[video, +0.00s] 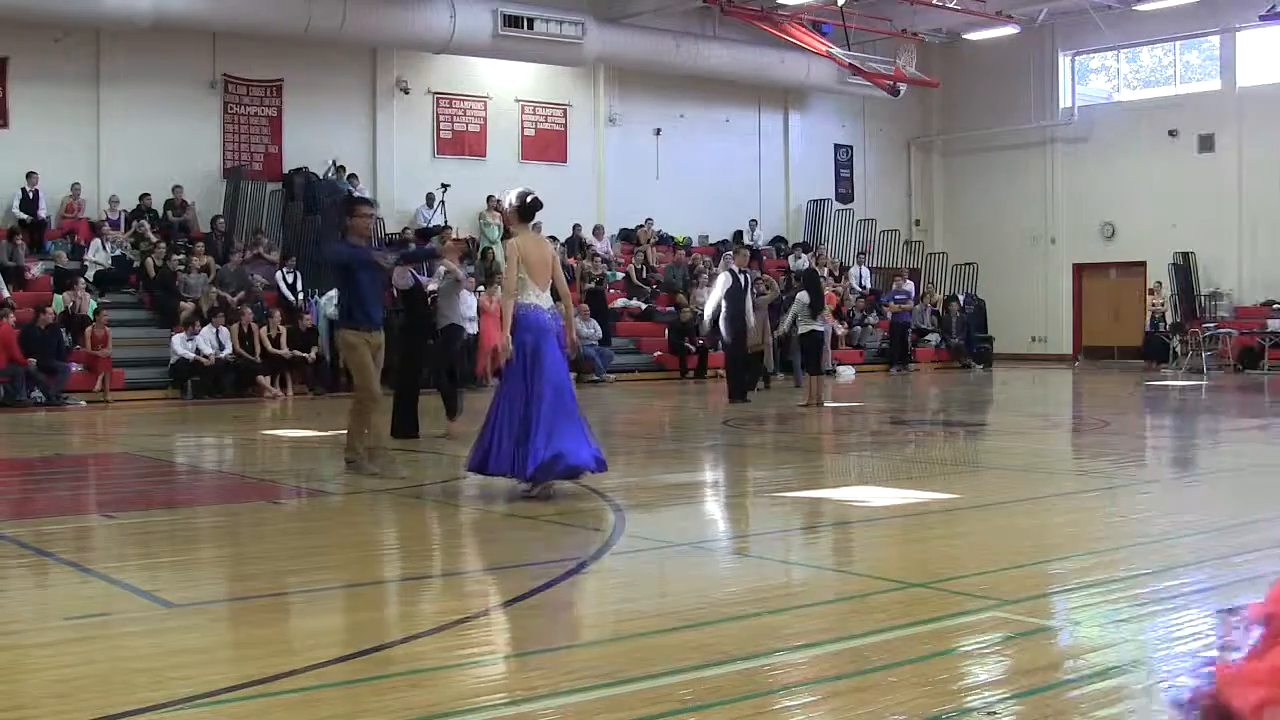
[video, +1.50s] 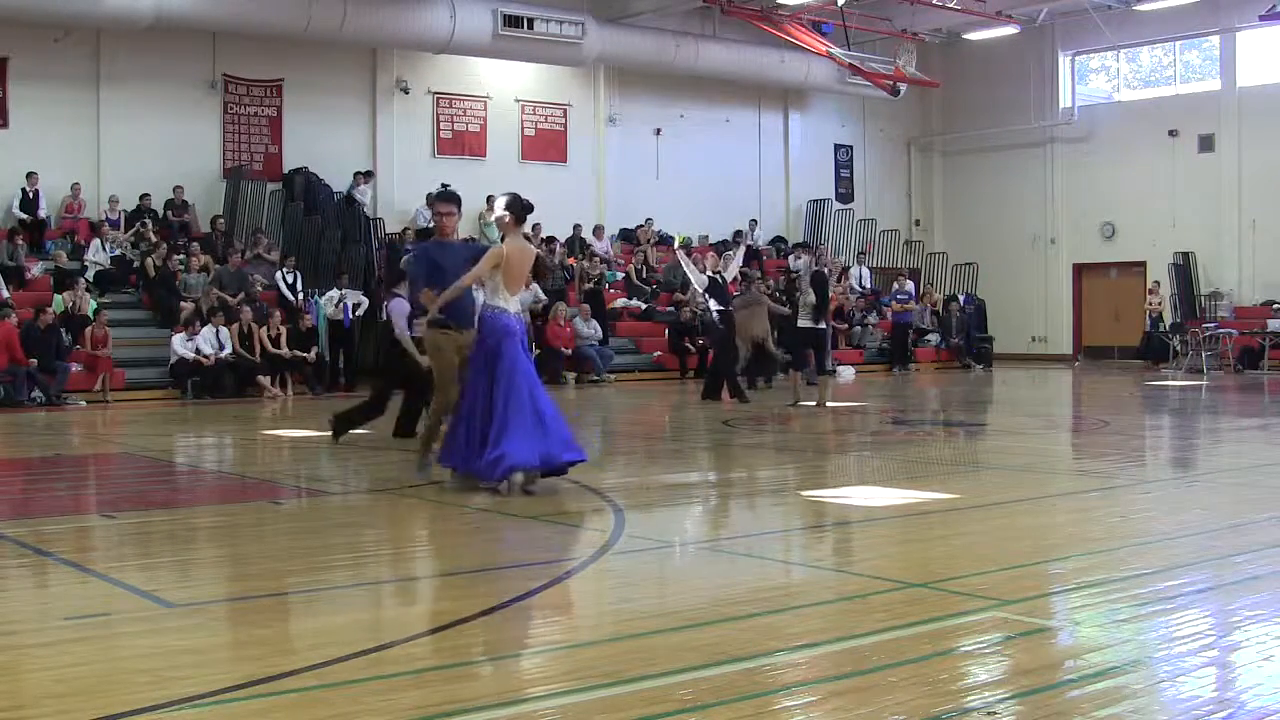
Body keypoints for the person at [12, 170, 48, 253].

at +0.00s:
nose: (37, 181)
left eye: (37, 178)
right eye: (34, 178)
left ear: (38, 180)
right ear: (28, 179)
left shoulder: (39, 192)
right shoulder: (20, 192)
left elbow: (42, 208)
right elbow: (15, 209)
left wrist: (42, 216)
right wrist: (26, 217)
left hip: (36, 217)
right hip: (25, 218)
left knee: (42, 224)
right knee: (32, 226)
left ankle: (40, 247)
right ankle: (32, 247)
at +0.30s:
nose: (37, 181)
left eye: (37, 178)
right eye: (34, 178)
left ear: (37, 180)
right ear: (29, 179)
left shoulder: (39, 193)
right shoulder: (20, 192)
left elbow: (42, 208)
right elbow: (15, 209)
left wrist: (42, 216)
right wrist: (25, 217)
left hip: (36, 217)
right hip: (25, 217)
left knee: (42, 223)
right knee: (33, 226)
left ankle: (40, 247)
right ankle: (32, 248)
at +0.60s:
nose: (36, 180)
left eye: (37, 178)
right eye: (34, 178)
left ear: (37, 180)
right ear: (28, 179)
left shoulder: (39, 193)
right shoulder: (20, 192)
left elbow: (42, 208)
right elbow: (15, 209)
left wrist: (41, 216)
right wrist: (25, 217)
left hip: (36, 217)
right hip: (25, 217)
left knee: (42, 224)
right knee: (33, 226)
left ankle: (40, 248)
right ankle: (32, 248)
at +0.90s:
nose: (36, 181)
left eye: (37, 178)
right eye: (34, 178)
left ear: (38, 180)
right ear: (28, 179)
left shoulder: (39, 193)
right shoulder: (20, 192)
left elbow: (42, 208)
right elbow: (15, 209)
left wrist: (41, 216)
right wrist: (25, 217)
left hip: (36, 217)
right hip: (25, 217)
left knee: (42, 223)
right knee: (33, 226)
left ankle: (40, 248)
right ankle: (32, 248)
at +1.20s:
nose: (36, 181)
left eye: (37, 178)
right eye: (34, 178)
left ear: (38, 180)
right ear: (28, 179)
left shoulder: (39, 192)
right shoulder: (20, 192)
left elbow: (42, 208)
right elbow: (15, 209)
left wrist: (42, 216)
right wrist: (25, 217)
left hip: (36, 217)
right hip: (24, 217)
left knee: (43, 224)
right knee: (33, 227)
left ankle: (40, 247)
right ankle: (32, 248)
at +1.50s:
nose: (36, 181)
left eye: (37, 179)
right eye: (34, 178)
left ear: (38, 180)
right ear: (28, 179)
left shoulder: (39, 193)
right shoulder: (20, 192)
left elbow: (42, 208)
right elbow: (15, 209)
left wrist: (42, 216)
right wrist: (25, 217)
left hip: (36, 217)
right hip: (24, 217)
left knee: (43, 223)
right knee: (33, 226)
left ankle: (39, 248)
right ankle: (32, 249)